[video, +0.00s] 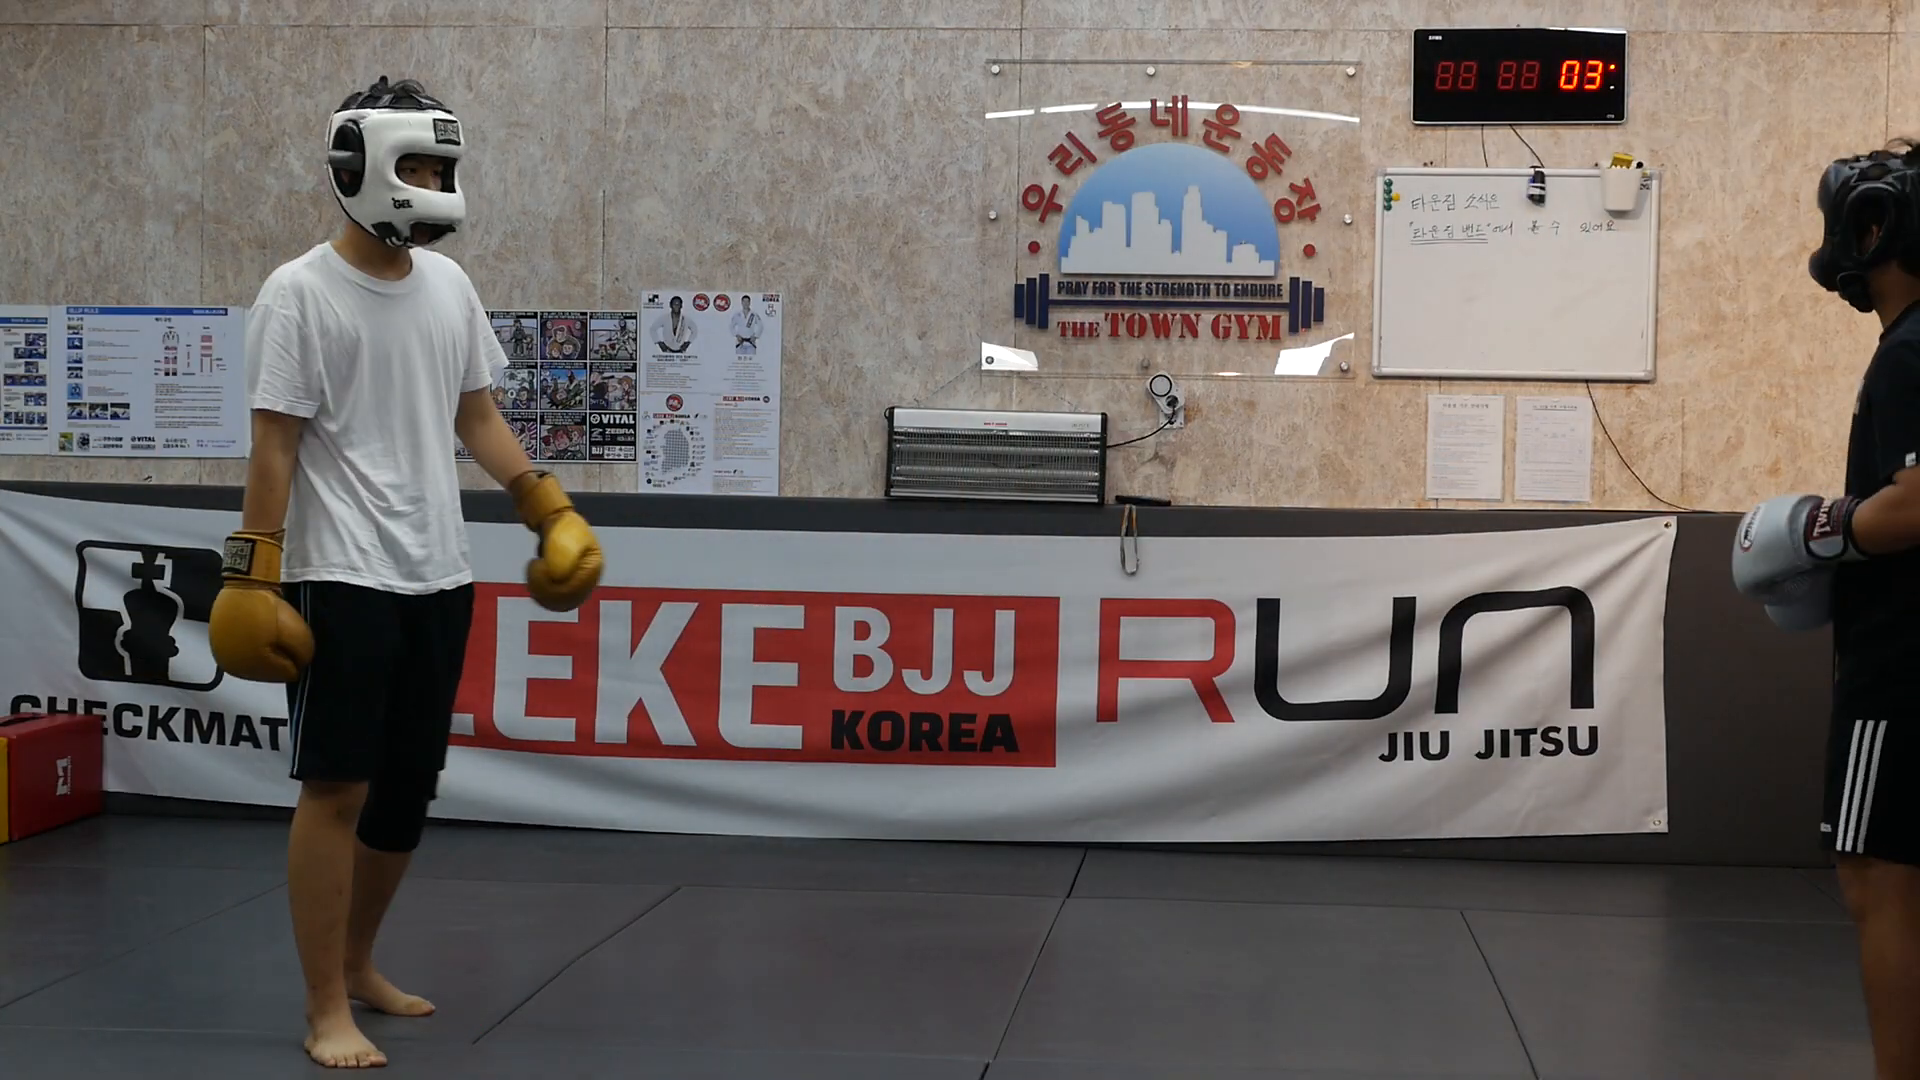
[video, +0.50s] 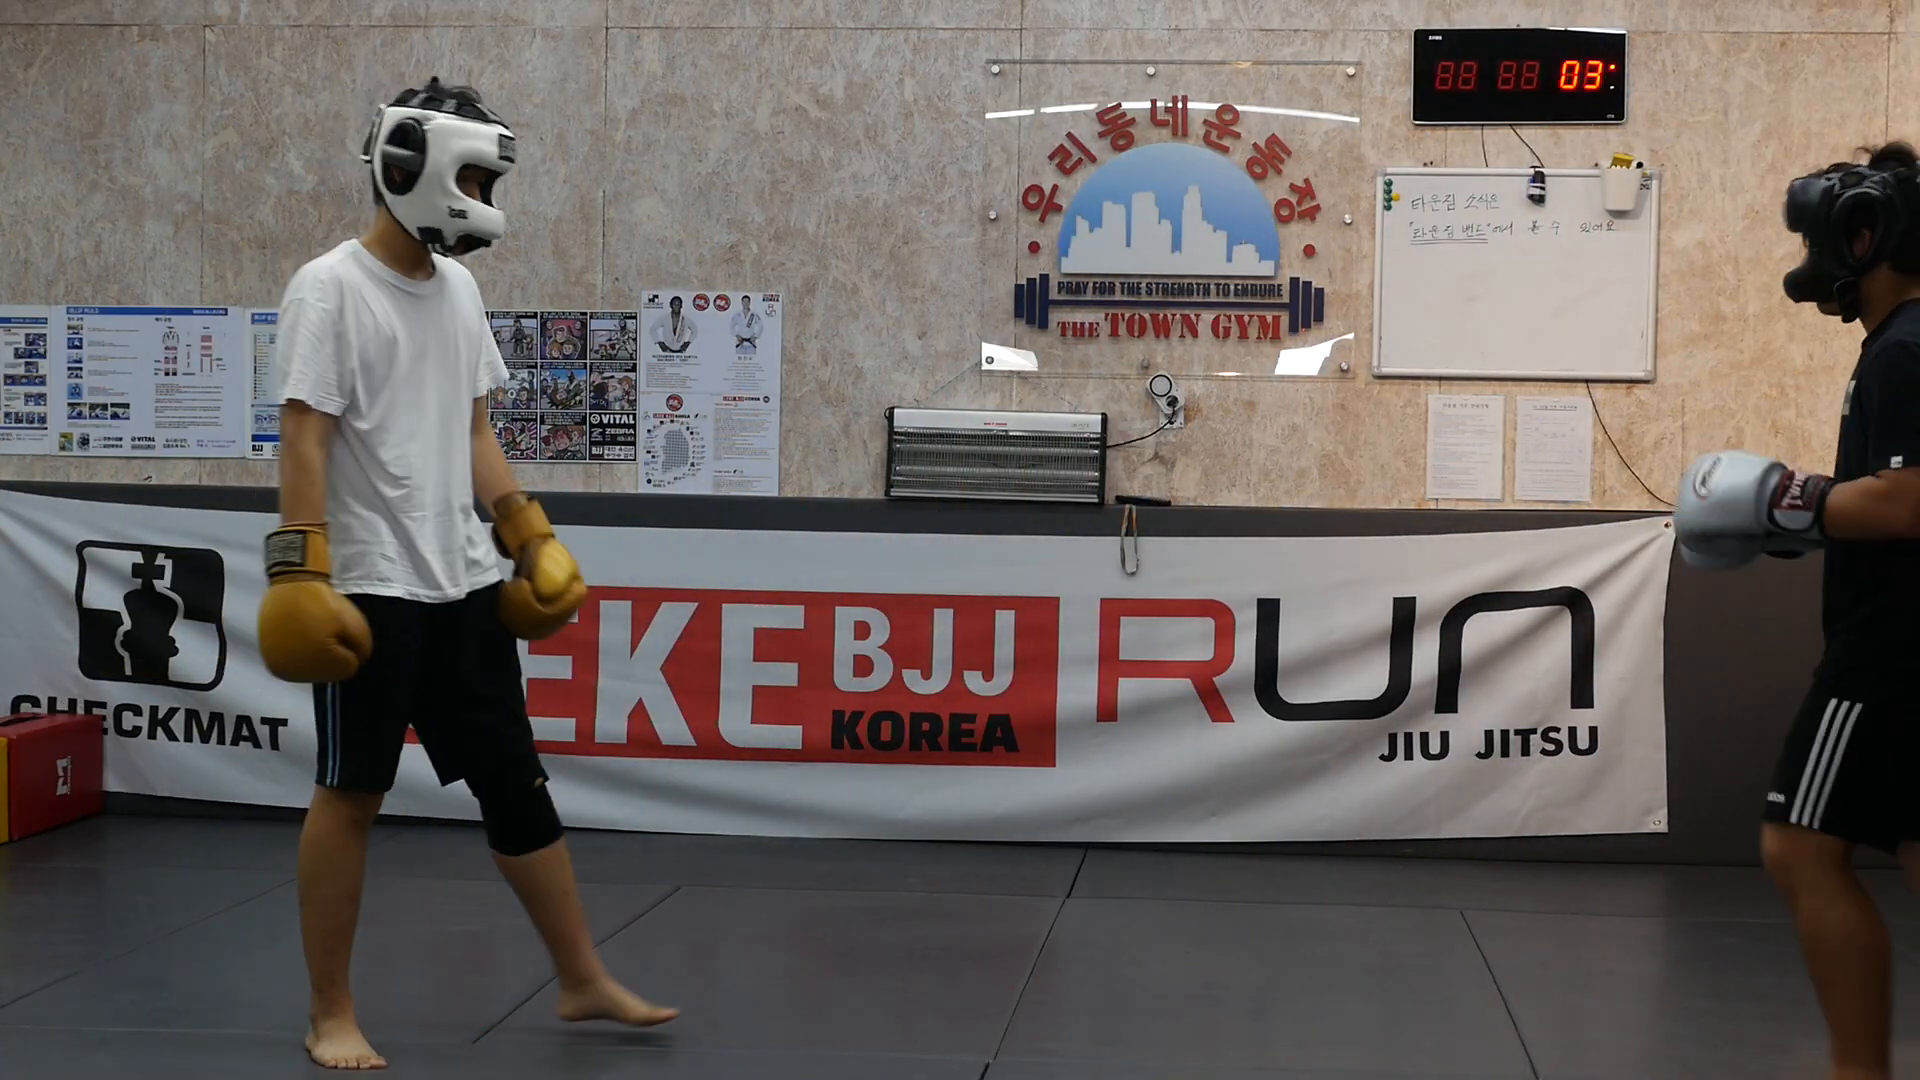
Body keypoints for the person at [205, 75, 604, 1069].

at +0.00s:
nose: (432, 181)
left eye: (440, 165)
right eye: (411, 164)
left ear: (449, 172)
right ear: (354, 170)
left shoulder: (449, 285)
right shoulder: (298, 293)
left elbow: (479, 415)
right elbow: (273, 442)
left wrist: (549, 510)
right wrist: (253, 575)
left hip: (438, 579)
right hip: (340, 581)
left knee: (404, 792)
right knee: (335, 791)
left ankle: (356, 964)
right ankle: (326, 1012)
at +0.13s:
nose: (430, 183)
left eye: (440, 165)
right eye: (410, 165)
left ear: (449, 171)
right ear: (354, 168)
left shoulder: (448, 282)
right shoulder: (293, 292)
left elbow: (466, 425)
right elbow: (269, 447)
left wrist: (507, 518)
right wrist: (250, 580)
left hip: (445, 583)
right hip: (341, 585)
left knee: (450, 789)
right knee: (337, 791)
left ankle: (366, 945)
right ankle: (329, 1011)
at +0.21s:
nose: (433, 184)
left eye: (443, 167)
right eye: (413, 167)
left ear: (451, 173)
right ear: (358, 171)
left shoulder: (447, 283)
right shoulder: (296, 292)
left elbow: (463, 421)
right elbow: (267, 445)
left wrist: (479, 523)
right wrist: (252, 581)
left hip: (443, 580)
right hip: (343, 581)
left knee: (484, 778)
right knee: (339, 790)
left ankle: (386, 926)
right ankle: (330, 1014)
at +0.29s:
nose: (447, 189)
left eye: (455, 171)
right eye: (428, 171)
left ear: (459, 175)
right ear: (371, 171)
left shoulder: (448, 283)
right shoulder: (300, 290)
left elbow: (462, 418)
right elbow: (273, 441)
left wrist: (489, 518)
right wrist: (261, 579)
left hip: (443, 582)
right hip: (342, 585)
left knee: (507, 770)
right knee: (341, 792)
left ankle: (420, 944)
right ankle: (331, 1014)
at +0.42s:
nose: (467, 188)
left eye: (474, 171)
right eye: (450, 168)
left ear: (476, 176)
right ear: (390, 169)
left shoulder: (452, 281)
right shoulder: (313, 287)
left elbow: (470, 426)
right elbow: (288, 435)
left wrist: (520, 524)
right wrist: (282, 572)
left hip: (460, 580)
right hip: (355, 588)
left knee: (516, 786)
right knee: (345, 796)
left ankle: (519, 986)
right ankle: (332, 1017)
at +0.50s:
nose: (483, 193)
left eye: (488, 175)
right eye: (466, 173)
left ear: (480, 179)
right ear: (407, 172)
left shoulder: (457, 289)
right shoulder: (329, 286)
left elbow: (475, 432)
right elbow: (302, 431)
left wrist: (531, 538)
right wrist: (301, 572)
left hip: (466, 589)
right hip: (368, 592)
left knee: (515, 789)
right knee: (350, 797)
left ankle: (584, 980)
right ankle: (331, 1017)